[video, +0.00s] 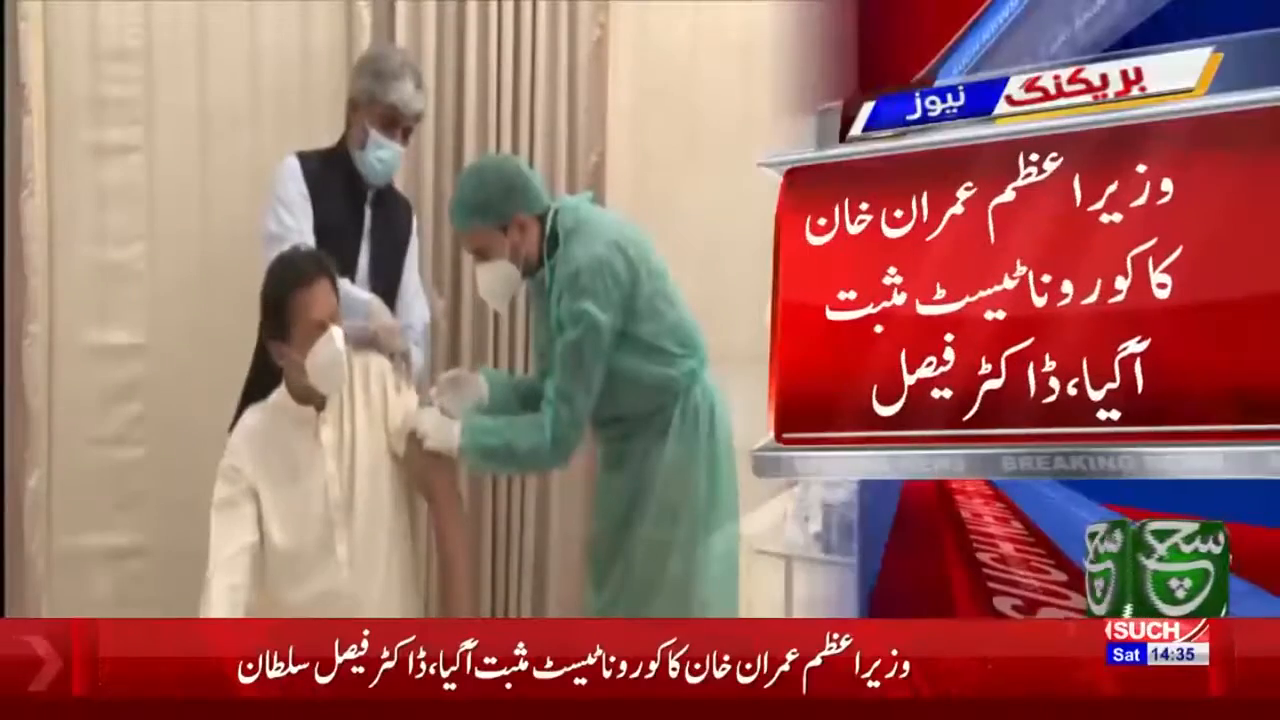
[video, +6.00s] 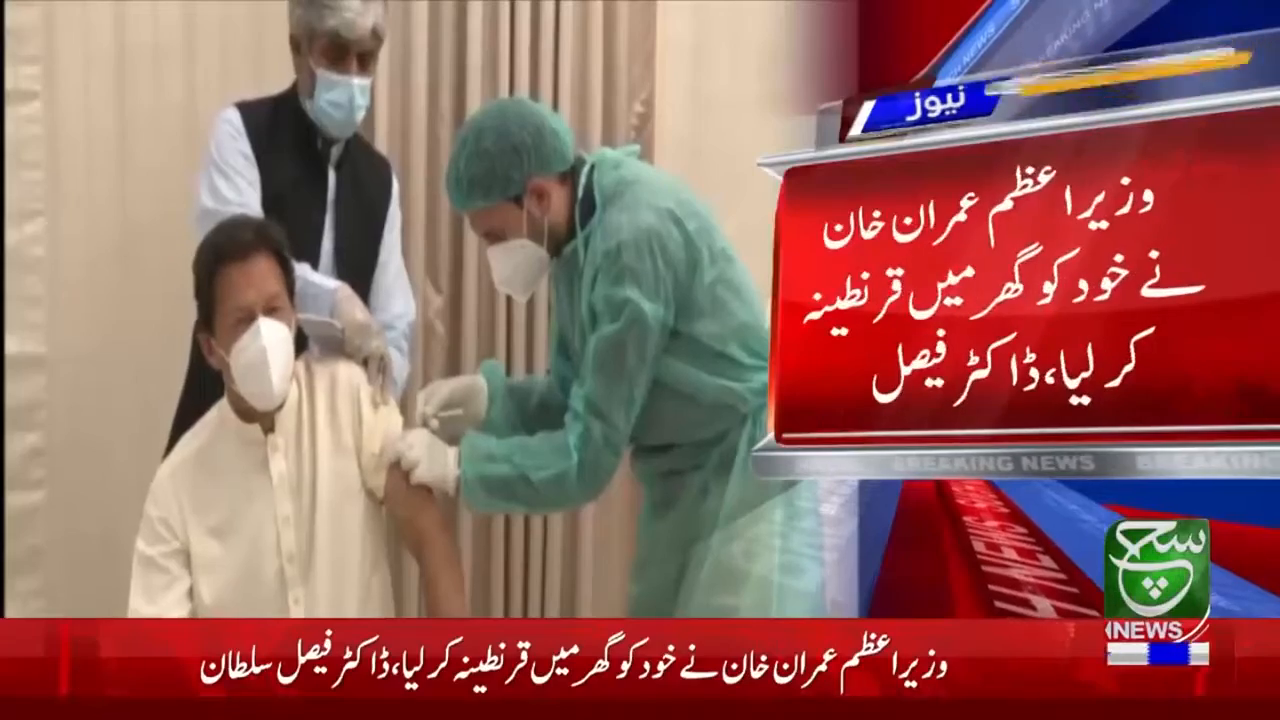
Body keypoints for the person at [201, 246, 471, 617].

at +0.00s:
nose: (337, 342)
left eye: (337, 324)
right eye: (318, 333)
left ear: (346, 322)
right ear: (280, 350)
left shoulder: (375, 379)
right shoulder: (252, 437)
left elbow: (442, 489)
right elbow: (228, 574)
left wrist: (460, 614)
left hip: (389, 615)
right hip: (294, 626)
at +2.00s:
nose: (337, 337)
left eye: (338, 321)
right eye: (320, 330)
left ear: (348, 320)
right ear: (282, 352)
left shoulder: (375, 381)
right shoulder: (254, 435)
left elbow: (444, 496)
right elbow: (230, 570)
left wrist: (460, 614)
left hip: (390, 619)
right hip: (293, 632)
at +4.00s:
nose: (332, 337)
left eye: (335, 321)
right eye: (315, 329)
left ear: (344, 319)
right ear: (280, 346)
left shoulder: (375, 380)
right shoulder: (253, 435)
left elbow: (442, 496)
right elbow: (227, 570)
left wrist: (458, 615)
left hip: (388, 617)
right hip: (293, 630)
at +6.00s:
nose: (265, 333)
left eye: (274, 311)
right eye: (244, 321)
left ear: (294, 314)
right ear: (212, 349)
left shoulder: (345, 392)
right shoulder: (179, 482)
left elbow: (430, 535)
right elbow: (159, 638)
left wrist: (454, 646)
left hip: (364, 673)